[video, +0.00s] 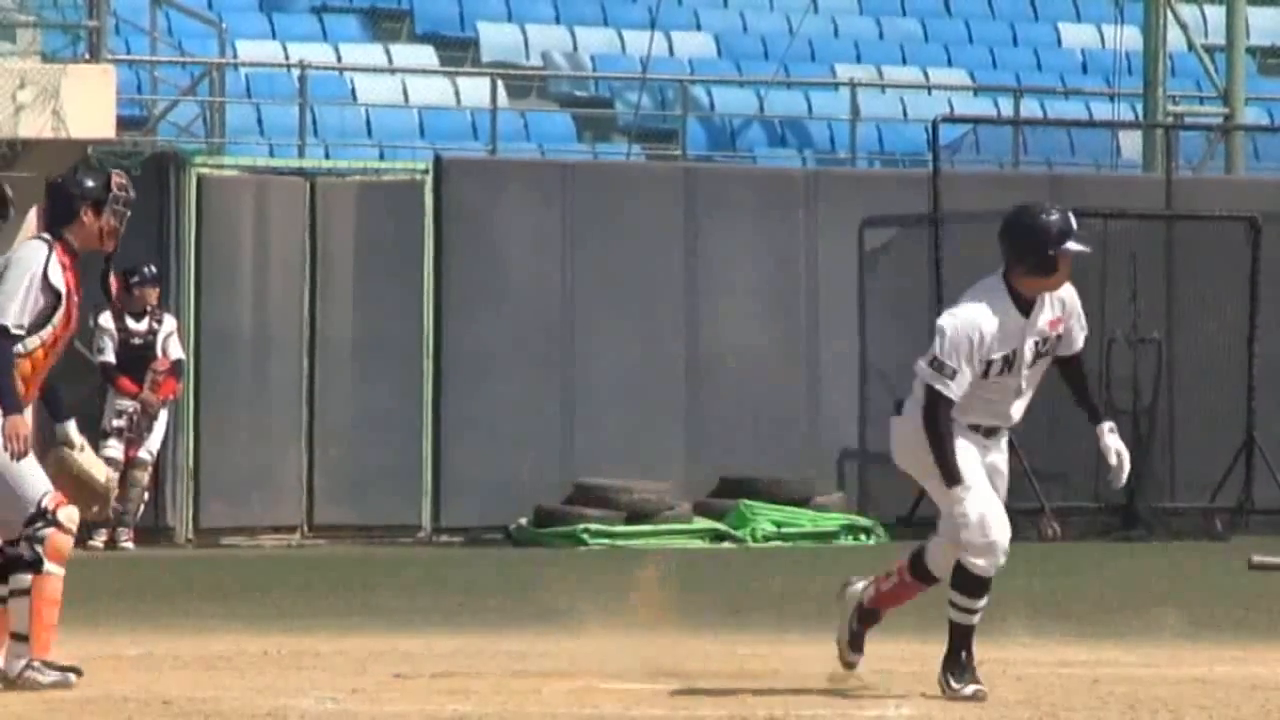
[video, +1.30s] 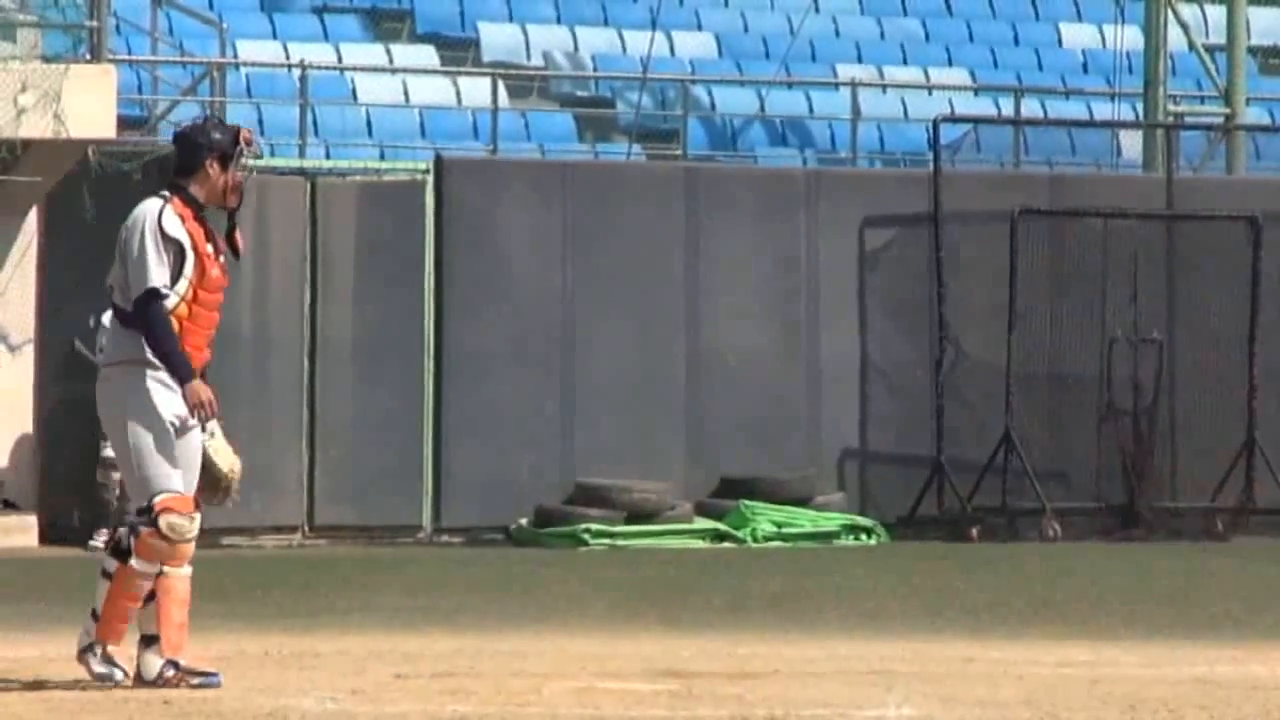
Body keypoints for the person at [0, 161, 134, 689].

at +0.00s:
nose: (112, 224)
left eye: (112, 214)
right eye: (106, 213)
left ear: (82, 215)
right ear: (82, 214)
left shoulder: (62, 265)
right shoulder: (36, 256)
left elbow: (32, 353)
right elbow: (3, 335)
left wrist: (55, 418)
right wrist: (13, 406)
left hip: (16, 418)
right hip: (3, 419)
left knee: (20, 535)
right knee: (55, 516)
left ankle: (17, 651)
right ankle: (35, 656)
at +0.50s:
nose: (130, 194)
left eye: (131, 184)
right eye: (124, 183)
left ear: (104, 183)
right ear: (98, 182)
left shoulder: (94, 240)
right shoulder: (47, 239)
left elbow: (83, 331)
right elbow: (29, 330)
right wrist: (58, 409)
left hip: (68, 391)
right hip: (26, 392)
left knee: (101, 517)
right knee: (59, 520)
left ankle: (54, 638)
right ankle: (25, 655)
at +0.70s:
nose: (152, 190)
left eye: (154, 180)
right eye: (147, 179)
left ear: (127, 180)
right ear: (120, 177)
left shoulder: (119, 237)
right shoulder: (69, 233)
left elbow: (97, 328)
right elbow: (58, 327)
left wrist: (118, 386)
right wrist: (87, 404)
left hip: (85, 387)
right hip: (44, 386)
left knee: (127, 509)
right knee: (59, 521)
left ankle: (134, 648)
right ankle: (26, 660)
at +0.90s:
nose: (183, 186)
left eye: (182, 175)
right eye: (175, 175)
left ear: (154, 179)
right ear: (147, 177)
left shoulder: (152, 237)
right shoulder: (98, 230)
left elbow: (145, 320)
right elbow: (93, 322)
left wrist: (157, 378)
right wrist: (118, 401)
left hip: (123, 394)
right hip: (75, 392)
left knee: (147, 524)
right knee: (64, 528)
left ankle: (156, 659)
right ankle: (27, 661)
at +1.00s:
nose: (198, 184)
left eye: (198, 173)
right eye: (193, 173)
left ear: (166, 175)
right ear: (168, 174)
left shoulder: (160, 233)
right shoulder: (117, 227)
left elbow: (153, 311)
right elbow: (110, 317)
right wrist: (134, 397)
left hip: (144, 391)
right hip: (96, 388)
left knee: (160, 526)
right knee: (88, 527)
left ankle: (159, 660)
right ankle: (32, 657)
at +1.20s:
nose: (228, 181)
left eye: (229, 170)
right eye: (224, 169)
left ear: (197, 170)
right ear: (198, 169)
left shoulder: (187, 228)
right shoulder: (145, 219)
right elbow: (138, 310)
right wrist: (172, 383)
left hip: (169, 380)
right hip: (128, 378)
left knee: (176, 523)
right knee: (142, 520)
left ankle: (161, 659)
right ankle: (65, 635)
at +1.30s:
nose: (241, 179)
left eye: (241, 168)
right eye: (234, 167)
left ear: (209, 170)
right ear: (208, 167)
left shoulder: (203, 229)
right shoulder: (157, 216)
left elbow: (188, 330)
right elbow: (149, 309)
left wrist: (207, 424)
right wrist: (188, 379)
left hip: (178, 381)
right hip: (139, 377)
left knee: (180, 522)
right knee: (164, 517)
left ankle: (164, 659)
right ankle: (104, 640)